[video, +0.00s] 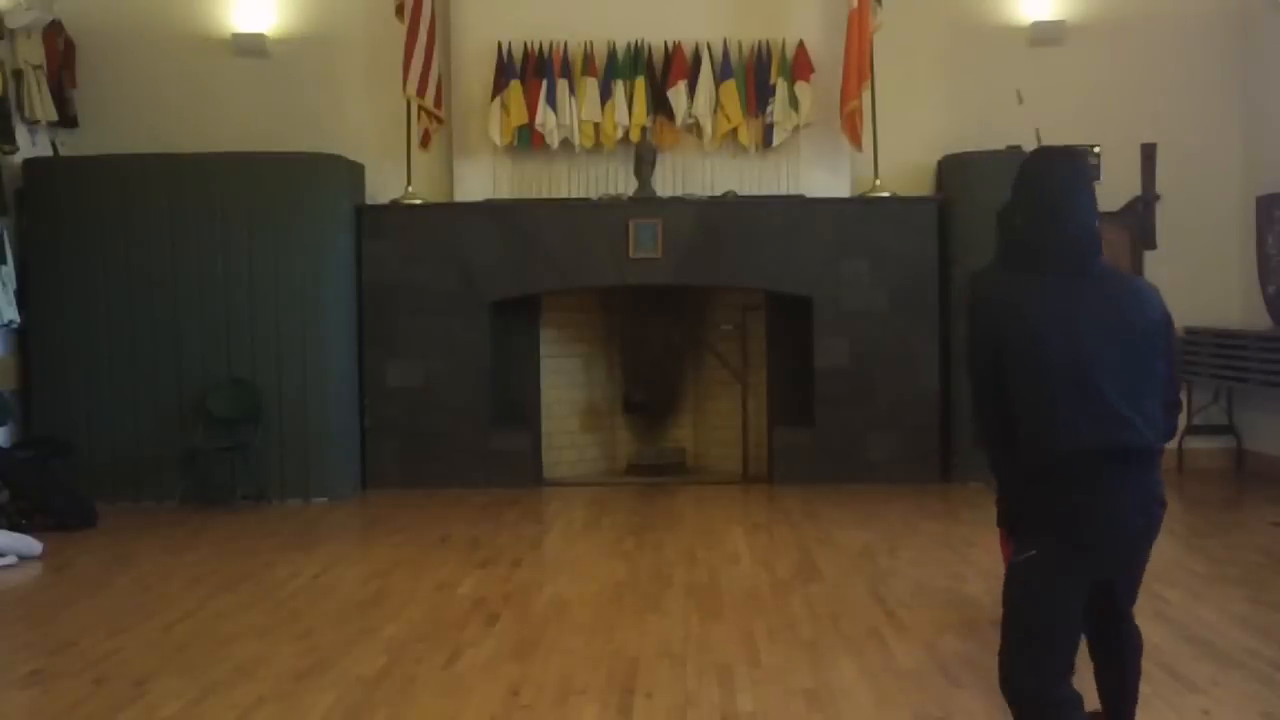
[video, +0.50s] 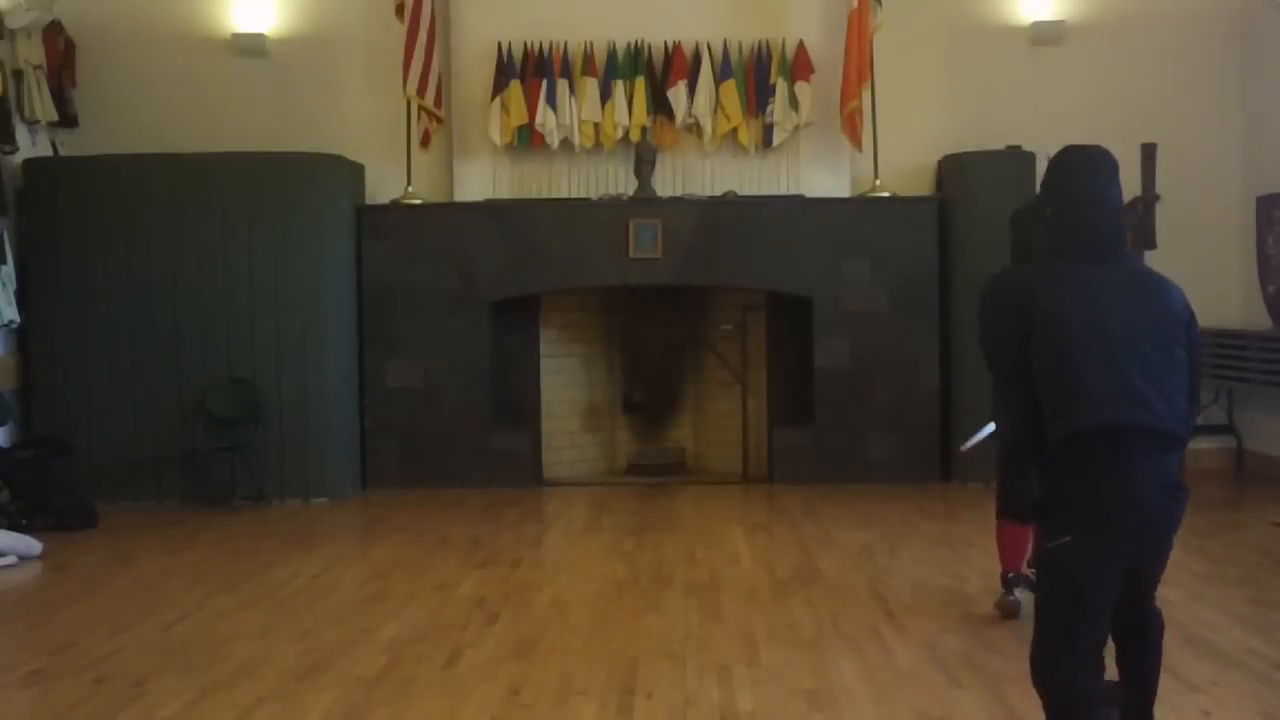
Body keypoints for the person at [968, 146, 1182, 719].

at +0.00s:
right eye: (1090, 207)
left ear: (1019, 216)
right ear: (1090, 216)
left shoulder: (997, 297)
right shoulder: (1141, 300)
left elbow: (993, 418)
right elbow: (1165, 414)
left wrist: (1010, 508)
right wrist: (1130, 473)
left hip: (1049, 503)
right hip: (1133, 501)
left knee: (1031, 677)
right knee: (1114, 621)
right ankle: (1120, 711)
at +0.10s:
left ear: (1025, 202)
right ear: (1098, 200)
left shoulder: (999, 290)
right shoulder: (1147, 290)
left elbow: (998, 415)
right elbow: (1171, 405)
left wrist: (1009, 514)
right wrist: (1132, 463)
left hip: (1048, 494)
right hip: (1136, 492)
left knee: (1050, 665)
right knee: (1119, 621)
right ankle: (1130, 709)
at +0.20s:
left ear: (1035, 193)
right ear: (1105, 193)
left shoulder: (1006, 282)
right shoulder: (1156, 284)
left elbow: (1003, 406)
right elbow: (1175, 401)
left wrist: (1013, 507)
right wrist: (1140, 463)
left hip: (1055, 485)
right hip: (1144, 485)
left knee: (1058, 662)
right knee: (1121, 621)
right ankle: (1136, 709)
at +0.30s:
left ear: (1041, 193)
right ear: (1110, 193)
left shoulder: (1012, 280)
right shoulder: (1160, 282)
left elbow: (1011, 402)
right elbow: (1180, 395)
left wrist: (1017, 500)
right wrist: (1152, 466)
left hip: (1070, 487)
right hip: (1154, 484)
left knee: (1058, 664)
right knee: (1123, 601)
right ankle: (1146, 709)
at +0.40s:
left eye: (1058, 196)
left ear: (1048, 202)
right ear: (1114, 201)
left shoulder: (1015, 286)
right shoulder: (1164, 288)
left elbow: (1011, 406)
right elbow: (1184, 401)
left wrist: (1051, 455)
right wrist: (1147, 452)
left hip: (1077, 482)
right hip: (1158, 479)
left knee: (1057, 660)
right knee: (1130, 599)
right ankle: (1142, 708)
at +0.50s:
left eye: (1059, 202)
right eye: (1110, 200)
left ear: (1050, 208)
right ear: (1117, 209)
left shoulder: (1016, 290)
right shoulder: (1165, 294)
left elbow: (1017, 408)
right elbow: (1185, 405)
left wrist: (1019, 502)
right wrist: (1150, 464)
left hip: (1076, 490)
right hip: (1157, 486)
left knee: (1064, 660)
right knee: (1138, 609)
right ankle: (1138, 709)